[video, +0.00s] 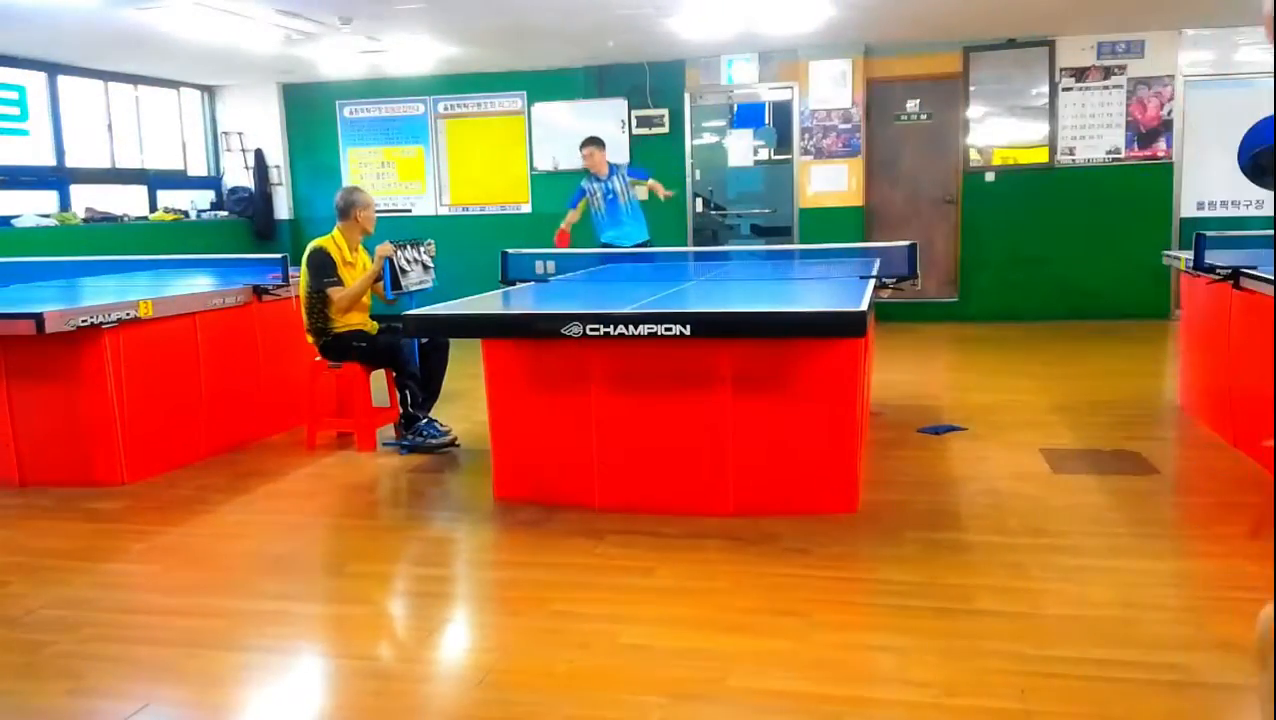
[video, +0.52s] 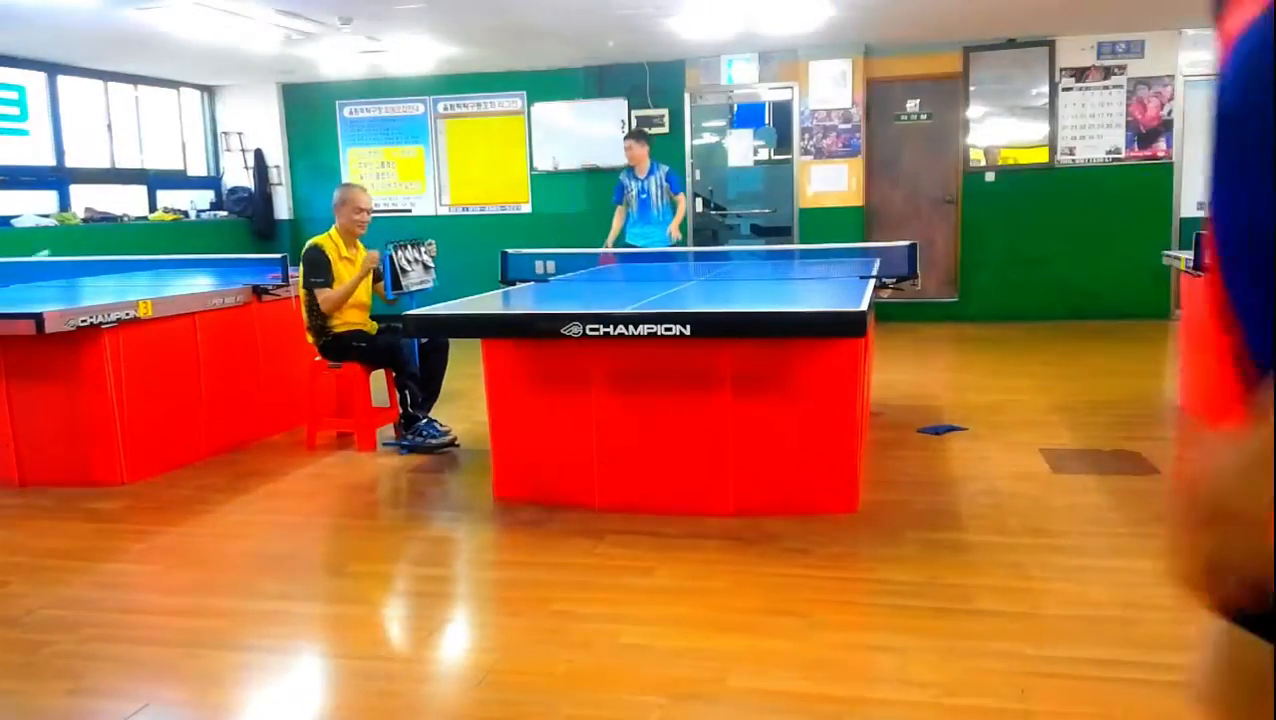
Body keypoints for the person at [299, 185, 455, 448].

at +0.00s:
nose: (376, 217)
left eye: (375, 210)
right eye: (372, 210)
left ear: (356, 216)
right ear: (357, 215)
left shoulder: (361, 253)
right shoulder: (320, 251)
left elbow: (387, 297)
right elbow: (341, 303)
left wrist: (416, 261)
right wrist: (375, 269)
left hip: (364, 329)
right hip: (335, 338)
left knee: (436, 340)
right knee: (403, 346)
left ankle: (419, 419)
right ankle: (411, 426)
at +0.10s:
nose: (375, 216)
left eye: (374, 210)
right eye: (369, 210)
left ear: (353, 214)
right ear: (345, 213)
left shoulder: (361, 252)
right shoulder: (320, 251)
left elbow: (387, 296)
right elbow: (341, 302)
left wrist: (415, 262)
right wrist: (376, 269)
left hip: (365, 330)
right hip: (335, 338)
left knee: (436, 340)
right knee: (402, 346)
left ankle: (419, 419)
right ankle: (411, 426)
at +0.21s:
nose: (370, 216)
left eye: (371, 211)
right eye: (363, 210)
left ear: (371, 213)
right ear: (341, 211)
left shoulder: (362, 251)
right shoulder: (319, 251)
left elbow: (387, 296)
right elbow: (341, 302)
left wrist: (415, 263)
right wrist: (376, 268)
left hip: (365, 329)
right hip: (335, 338)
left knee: (436, 340)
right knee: (402, 346)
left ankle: (418, 419)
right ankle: (411, 425)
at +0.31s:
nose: (365, 219)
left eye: (369, 213)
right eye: (358, 212)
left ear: (371, 214)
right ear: (338, 212)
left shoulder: (363, 251)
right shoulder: (317, 250)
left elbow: (387, 296)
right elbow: (337, 298)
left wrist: (414, 263)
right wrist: (374, 265)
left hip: (365, 330)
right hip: (334, 337)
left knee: (436, 340)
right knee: (402, 346)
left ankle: (418, 419)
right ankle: (412, 425)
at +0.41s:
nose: (365, 219)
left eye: (368, 213)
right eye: (358, 212)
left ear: (371, 214)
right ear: (338, 211)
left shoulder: (362, 250)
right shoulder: (317, 249)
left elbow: (387, 296)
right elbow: (333, 301)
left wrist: (416, 263)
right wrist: (367, 268)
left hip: (365, 330)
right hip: (334, 338)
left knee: (436, 340)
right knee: (402, 346)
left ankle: (418, 419)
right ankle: (411, 426)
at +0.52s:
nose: (365, 218)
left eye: (368, 212)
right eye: (358, 211)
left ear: (371, 214)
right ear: (338, 211)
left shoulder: (363, 252)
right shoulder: (317, 250)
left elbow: (388, 296)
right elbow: (325, 305)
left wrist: (416, 263)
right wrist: (363, 273)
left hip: (365, 330)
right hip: (334, 337)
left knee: (435, 341)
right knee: (402, 346)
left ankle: (417, 420)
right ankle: (412, 425)